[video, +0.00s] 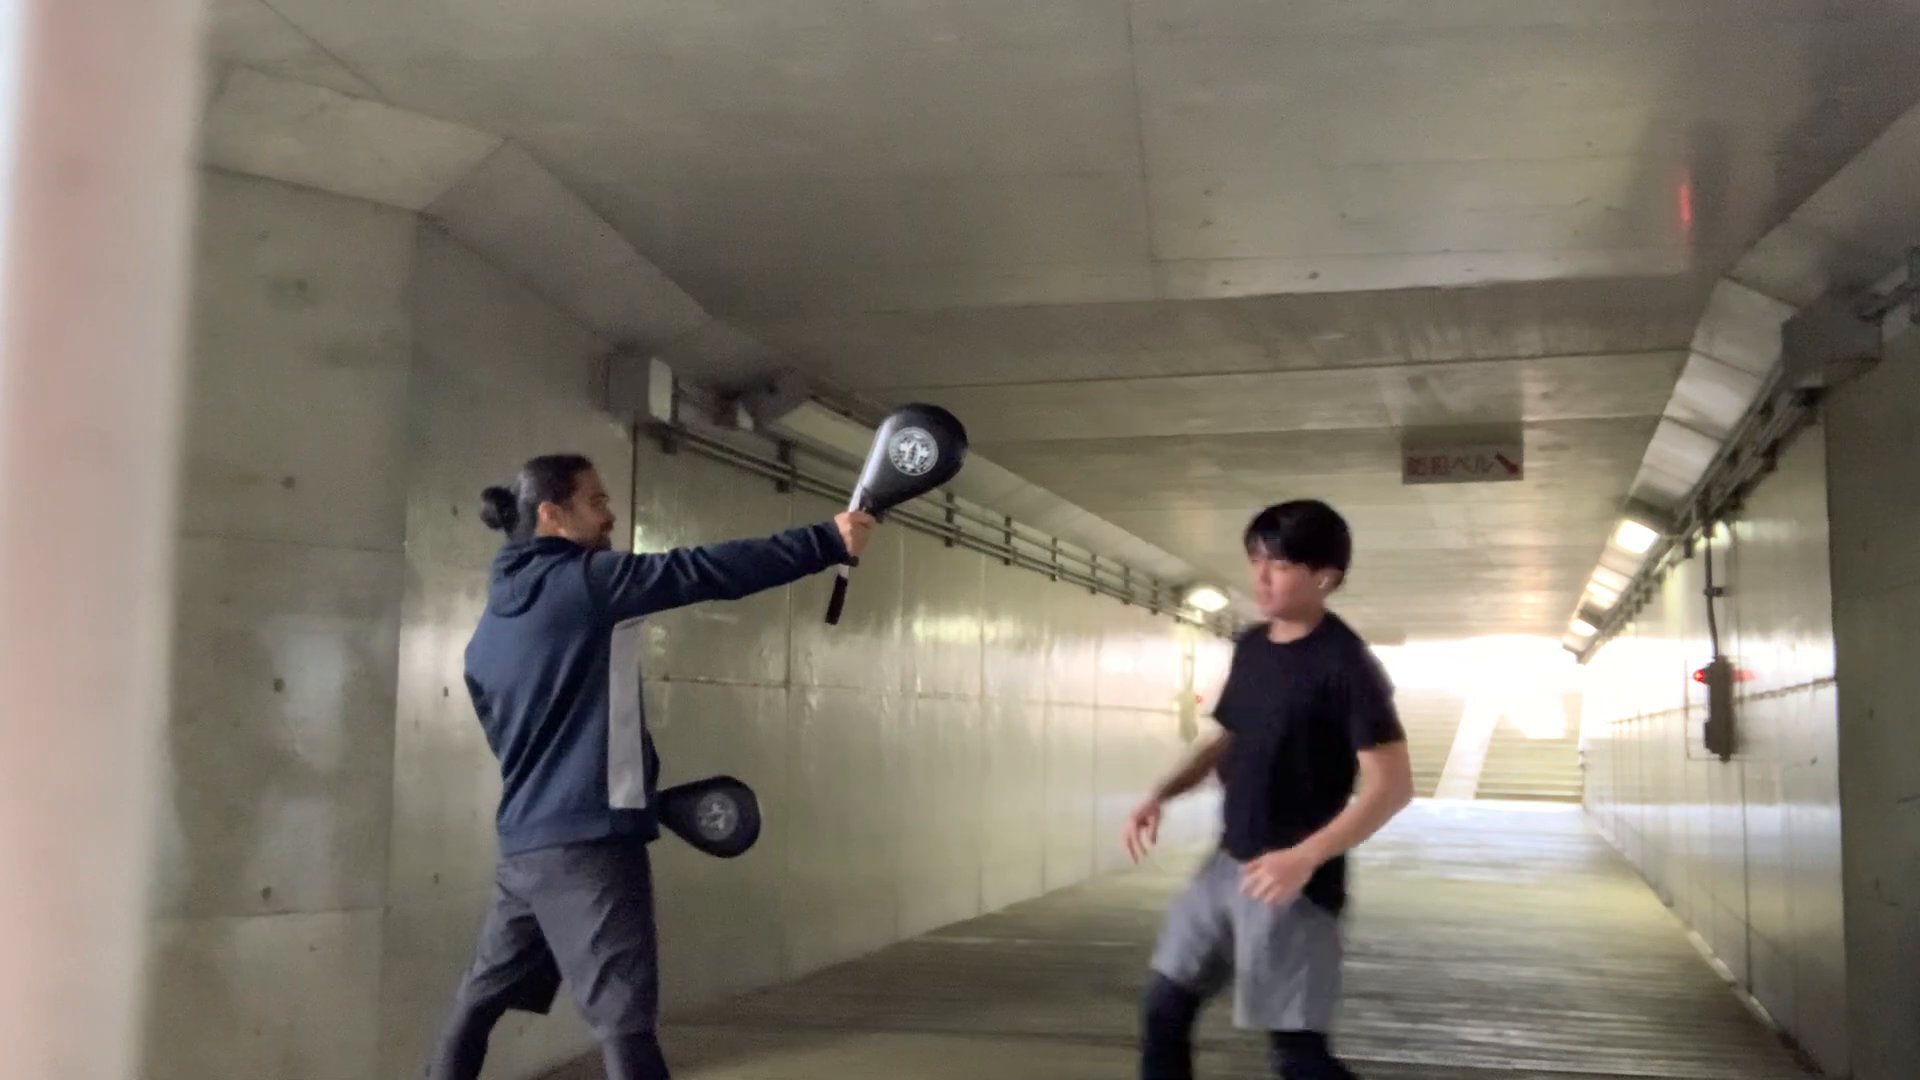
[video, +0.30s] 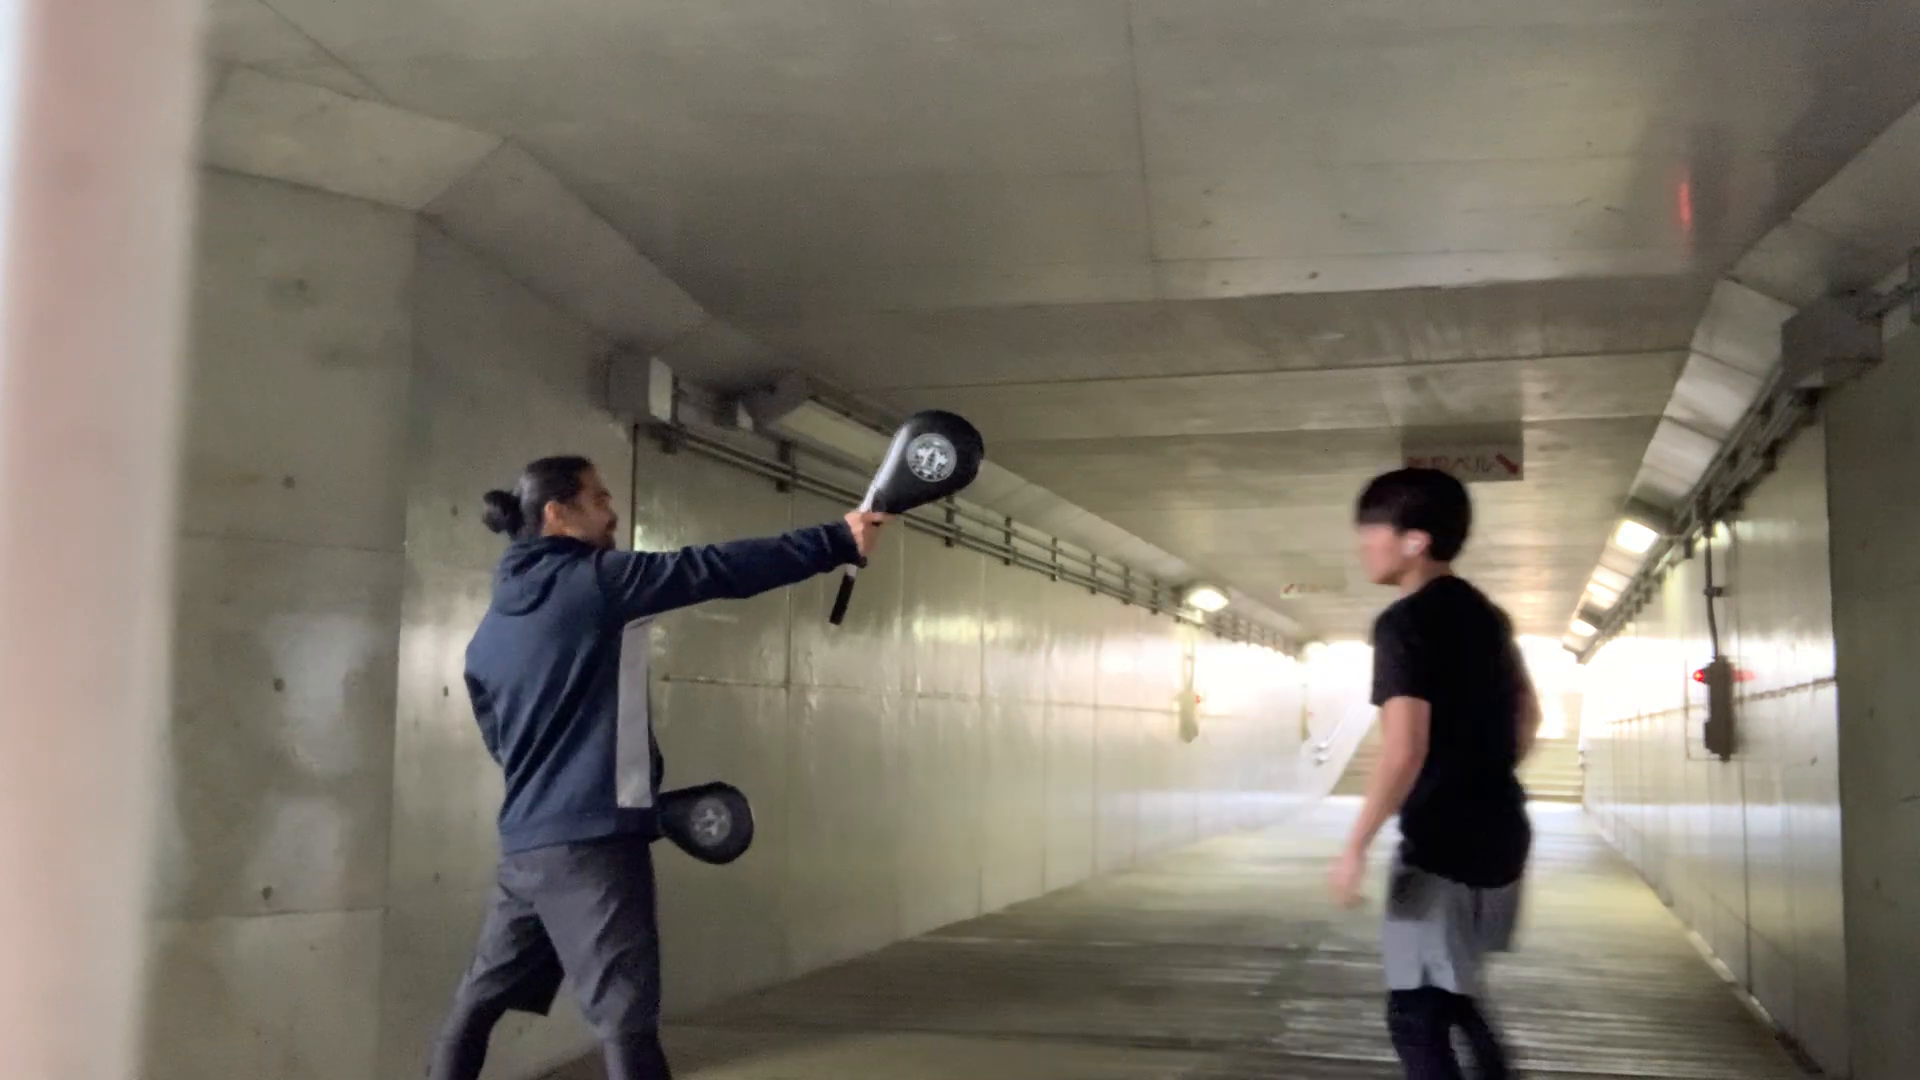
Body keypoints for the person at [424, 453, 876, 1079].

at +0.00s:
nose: (611, 513)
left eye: (607, 499)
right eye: (597, 501)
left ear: (544, 517)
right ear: (551, 513)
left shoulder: (486, 636)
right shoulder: (589, 579)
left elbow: (524, 752)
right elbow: (707, 570)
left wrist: (632, 792)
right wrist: (828, 539)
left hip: (525, 839)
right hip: (591, 838)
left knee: (477, 1003)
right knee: (625, 1025)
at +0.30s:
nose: (614, 512)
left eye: (609, 498)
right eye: (600, 499)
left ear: (547, 518)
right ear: (557, 513)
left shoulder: (487, 639)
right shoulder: (595, 578)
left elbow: (517, 753)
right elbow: (715, 569)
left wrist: (633, 792)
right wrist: (838, 539)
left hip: (527, 841)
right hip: (591, 838)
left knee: (474, 1009)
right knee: (627, 1024)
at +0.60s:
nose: (622, 514)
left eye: (619, 501)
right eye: (611, 501)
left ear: (557, 515)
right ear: (568, 511)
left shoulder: (495, 630)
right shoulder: (608, 577)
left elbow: (507, 742)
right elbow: (727, 563)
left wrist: (619, 791)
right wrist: (851, 531)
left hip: (528, 838)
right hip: (593, 835)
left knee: (474, 1008)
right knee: (627, 1025)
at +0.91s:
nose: (642, 514)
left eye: (637, 501)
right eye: (630, 501)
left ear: (579, 512)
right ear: (588, 510)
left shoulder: (507, 623)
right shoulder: (623, 577)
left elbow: (510, 738)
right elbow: (741, 570)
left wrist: (613, 793)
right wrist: (869, 546)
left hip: (529, 836)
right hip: (590, 834)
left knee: (474, 1004)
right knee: (626, 1023)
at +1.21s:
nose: (655, 520)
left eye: (652, 505)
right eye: (644, 505)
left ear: (593, 515)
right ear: (600, 513)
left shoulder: (514, 619)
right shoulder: (634, 579)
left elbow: (513, 736)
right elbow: (752, 571)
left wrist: (622, 790)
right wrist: (876, 548)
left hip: (530, 834)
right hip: (594, 834)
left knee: (477, 1000)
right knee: (628, 1025)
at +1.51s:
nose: (657, 521)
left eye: (653, 506)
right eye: (646, 506)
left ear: (594, 514)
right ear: (602, 512)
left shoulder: (516, 620)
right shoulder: (635, 579)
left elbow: (516, 736)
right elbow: (752, 571)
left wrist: (621, 791)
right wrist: (877, 548)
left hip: (531, 834)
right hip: (595, 832)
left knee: (476, 1004)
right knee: (629, 1024)